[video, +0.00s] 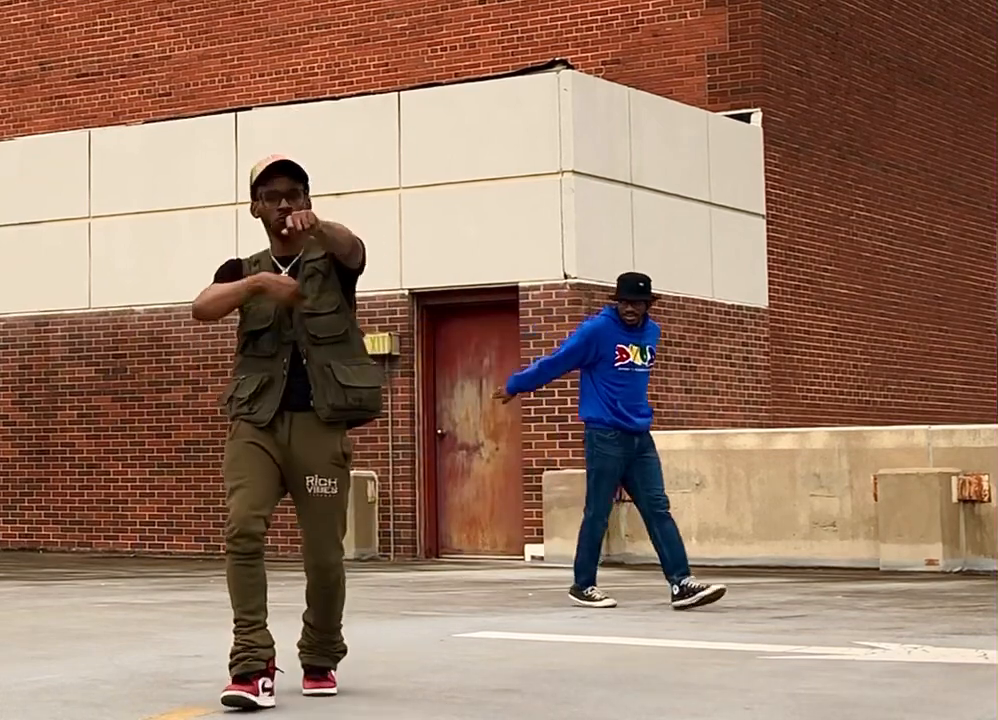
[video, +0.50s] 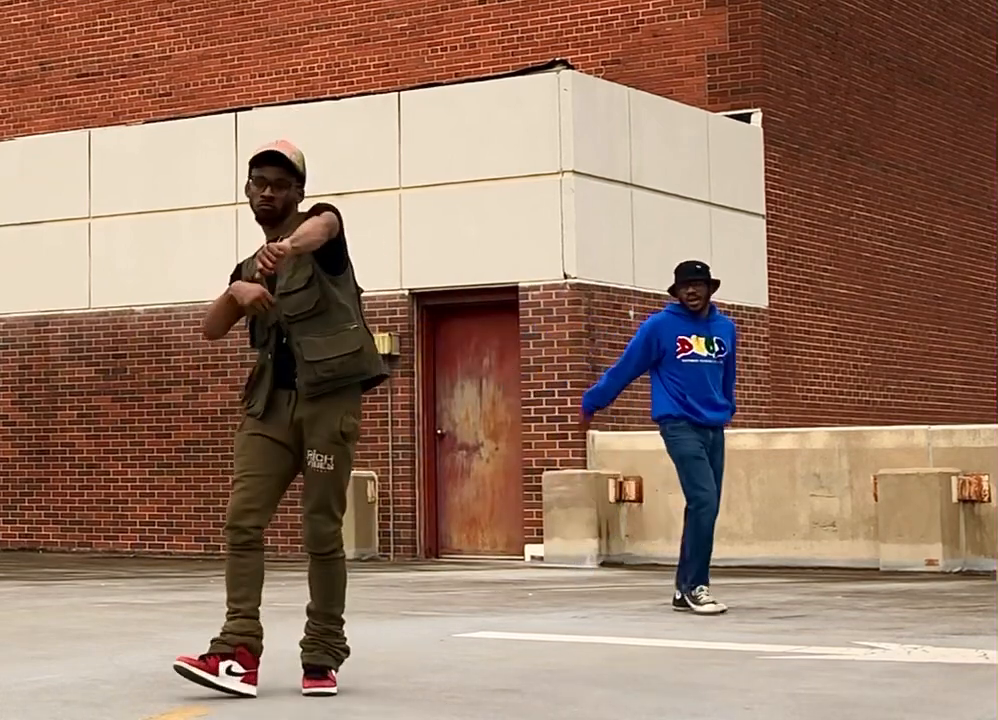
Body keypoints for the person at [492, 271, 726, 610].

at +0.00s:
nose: (632, 310)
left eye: (638, 304)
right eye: (626, 303)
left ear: (648, 303)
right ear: (616, 301)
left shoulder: (652, 331)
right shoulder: (597, 330)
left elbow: (631, 374)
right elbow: (556, 361)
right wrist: (515, 384)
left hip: (639, 436)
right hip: (605, 435)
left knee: (657, 507)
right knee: (597, 512)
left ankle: (681, 584)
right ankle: (583, 586)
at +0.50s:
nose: (692, 292)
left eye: (698, 285)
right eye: (685, 286)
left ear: (710, 288)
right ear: (677, 291)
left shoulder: (726, 327)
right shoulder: (660, 324)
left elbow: (729, 376)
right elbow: (625, 368)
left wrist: (726, 410)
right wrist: (591, 402)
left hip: (714, 425)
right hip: (679, 424)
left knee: (705, 505)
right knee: (705, 500)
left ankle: (687, 589)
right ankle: (695, 587)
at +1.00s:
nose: (747, 283)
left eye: (750, 278)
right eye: (738, 279)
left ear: (757, 285)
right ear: (721, 287)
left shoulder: (777, 321)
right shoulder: (705, 327)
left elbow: (793, 363)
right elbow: (712, 378)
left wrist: (796, 394)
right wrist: (749, 403)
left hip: (772, 431)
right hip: (732, 432)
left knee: (792, 508)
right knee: (748, 512)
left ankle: (744, 561)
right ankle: (762, 595)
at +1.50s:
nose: (781, 276)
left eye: (788, 270)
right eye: (776, 272)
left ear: (808, 275)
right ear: (772, 280)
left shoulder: (838, 317)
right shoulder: (759, 322)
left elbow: (857, 377)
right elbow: (736, 380)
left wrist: (870, 432)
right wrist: (719, 435)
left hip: (822, 432)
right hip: (773, 433)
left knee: (832, 513)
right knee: (770, 514)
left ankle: (840, 599)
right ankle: (766, 592)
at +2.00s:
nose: (789, 274)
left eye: (794, 268)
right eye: (790, 268)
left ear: (816, 271)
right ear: (808, 272)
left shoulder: (849, 312)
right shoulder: (794, 310)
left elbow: (871, 370)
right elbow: (788, 368)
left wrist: (876, 428)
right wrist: (780, 417)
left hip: (833, 429)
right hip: (790, 429)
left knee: (840, 515)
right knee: (795, 514)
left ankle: (842, 599)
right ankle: (803, 599)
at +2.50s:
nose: (769, 284)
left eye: (773, 277)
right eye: (769, 278)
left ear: (790, 278)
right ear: (792, 279)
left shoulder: (814, 316)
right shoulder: (795, 315)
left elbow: (792, 378)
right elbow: (788, 380)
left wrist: (751, 422)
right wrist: (771, 425)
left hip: (817, 430)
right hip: (790, 432)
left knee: (828, 514)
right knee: (785, 512)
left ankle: (840, 598)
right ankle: (788, 599)